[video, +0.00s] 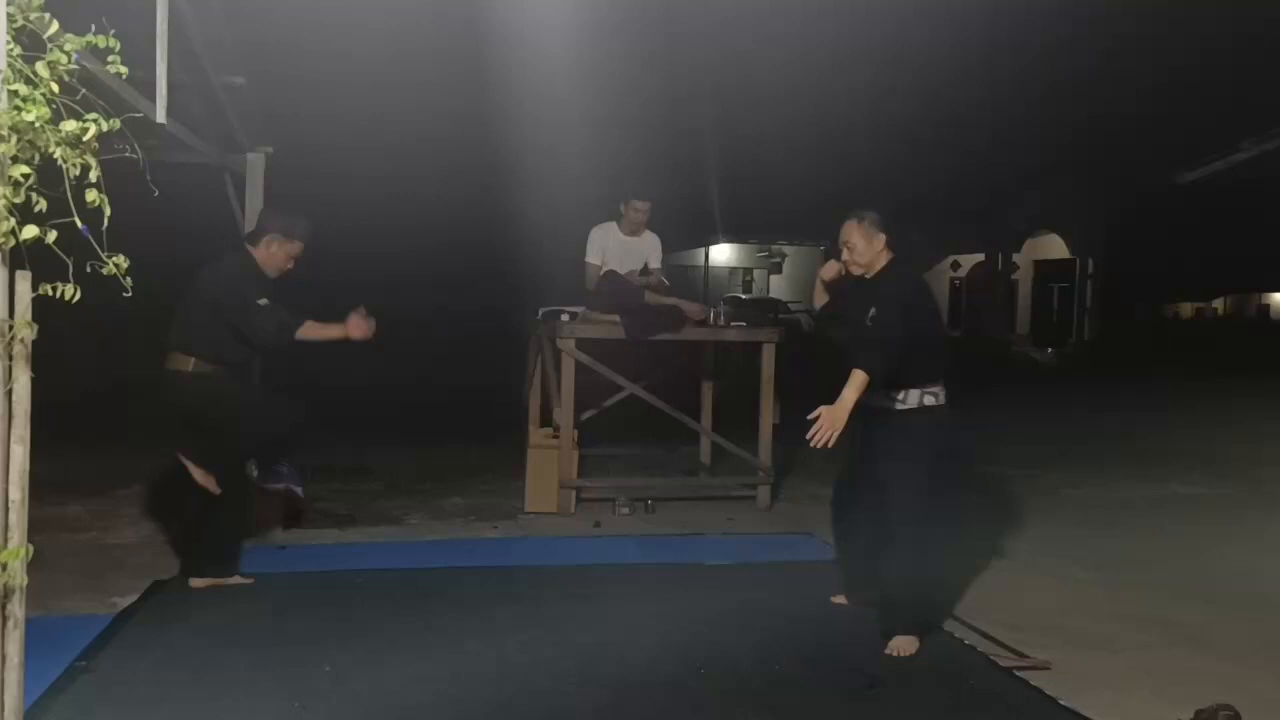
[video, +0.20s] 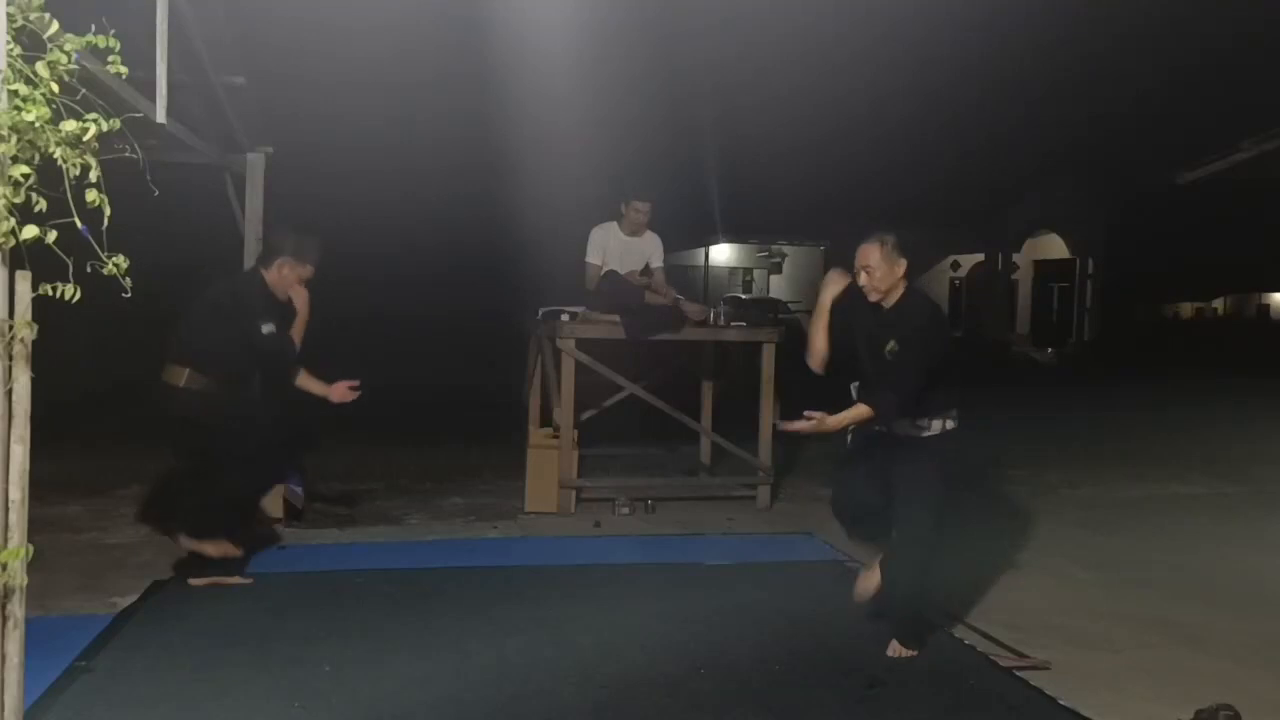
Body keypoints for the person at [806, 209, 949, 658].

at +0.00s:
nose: (845, 255)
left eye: (851, 246)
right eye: (843, 247)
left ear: (880, 242)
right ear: (868, 246)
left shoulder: (900, 285)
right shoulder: (867, 286)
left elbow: (875, 349)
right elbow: (833, 324)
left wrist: (843, 405)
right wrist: (823, 284)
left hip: (916, 416)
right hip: (875, 413)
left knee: (908, 514)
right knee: (852, 497)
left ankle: (910, 621)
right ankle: (861, 584)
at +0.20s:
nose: (863, 279)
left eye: (871, 270)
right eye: (859, 270)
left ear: (900, 269)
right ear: (856, 271)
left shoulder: (923, 318)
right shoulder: (856, 305)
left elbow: (897, 394)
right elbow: (817, 362)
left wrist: (835, 422)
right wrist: (824, 303)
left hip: (924, 436)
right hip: (875, 429)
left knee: (912, 531)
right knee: (850, 502)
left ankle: (909, 629)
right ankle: (887, 552)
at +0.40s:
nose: (861, 314)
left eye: (870, 304)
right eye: (857, 305)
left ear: (900, 303)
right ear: (855, 306)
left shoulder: (929, 349)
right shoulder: (861, 347)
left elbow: (935, 431)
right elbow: (847, 422)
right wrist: (852, 381)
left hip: (923, 464)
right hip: (870, 457)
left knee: (914, 547)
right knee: (866, 544)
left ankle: (910, 630)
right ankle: (870, 621)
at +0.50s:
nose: (857, 338)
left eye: (866, 327)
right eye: (854, 328)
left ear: (897, 328)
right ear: (851, 330)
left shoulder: (930, 369)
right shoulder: (855, 375)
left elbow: (949, 438)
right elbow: (848, 452)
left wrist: (924, 454)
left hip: (919, 484)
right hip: (869, 482)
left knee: (913, 557)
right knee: (868, 552)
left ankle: (909, 633)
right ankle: (871, 626)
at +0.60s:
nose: (862, 336)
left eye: (872, 327)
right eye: (859, 327)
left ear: (902, 330)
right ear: (856, 330)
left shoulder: (929, 367)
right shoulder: (855, 375)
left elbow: (947, 409)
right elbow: (837, 451)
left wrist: (897, 385)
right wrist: (880, 484)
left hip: (920, 478)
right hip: (868, 477)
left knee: (913, 556)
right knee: (867, 553)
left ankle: (909, 630)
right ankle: (871, 627)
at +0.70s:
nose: (874, 311)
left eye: (883, 302)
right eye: (869, 303)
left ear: (911, 306)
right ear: (863, 307)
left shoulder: (937, 343)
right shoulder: (856, 352)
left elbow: (922, 362)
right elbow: (821, 423)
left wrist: (863, 325)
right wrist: (819, 493)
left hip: (922, 472)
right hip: (869, 467)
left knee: (915, 554)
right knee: (868, 551)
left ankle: (908, 630)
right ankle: (872, 626)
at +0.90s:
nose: (875, 233)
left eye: (886, 225)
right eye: (873, 226)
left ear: (916, 234)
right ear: (869, 235)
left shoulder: (939, 278)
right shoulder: (858, 284)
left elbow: (907, 296)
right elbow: (798, 298)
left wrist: (842, 287)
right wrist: (734, 288)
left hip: (922, 421)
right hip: (864, 418)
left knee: (912, 523)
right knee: (864, 521)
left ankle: (901, 623)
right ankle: (868, 619)